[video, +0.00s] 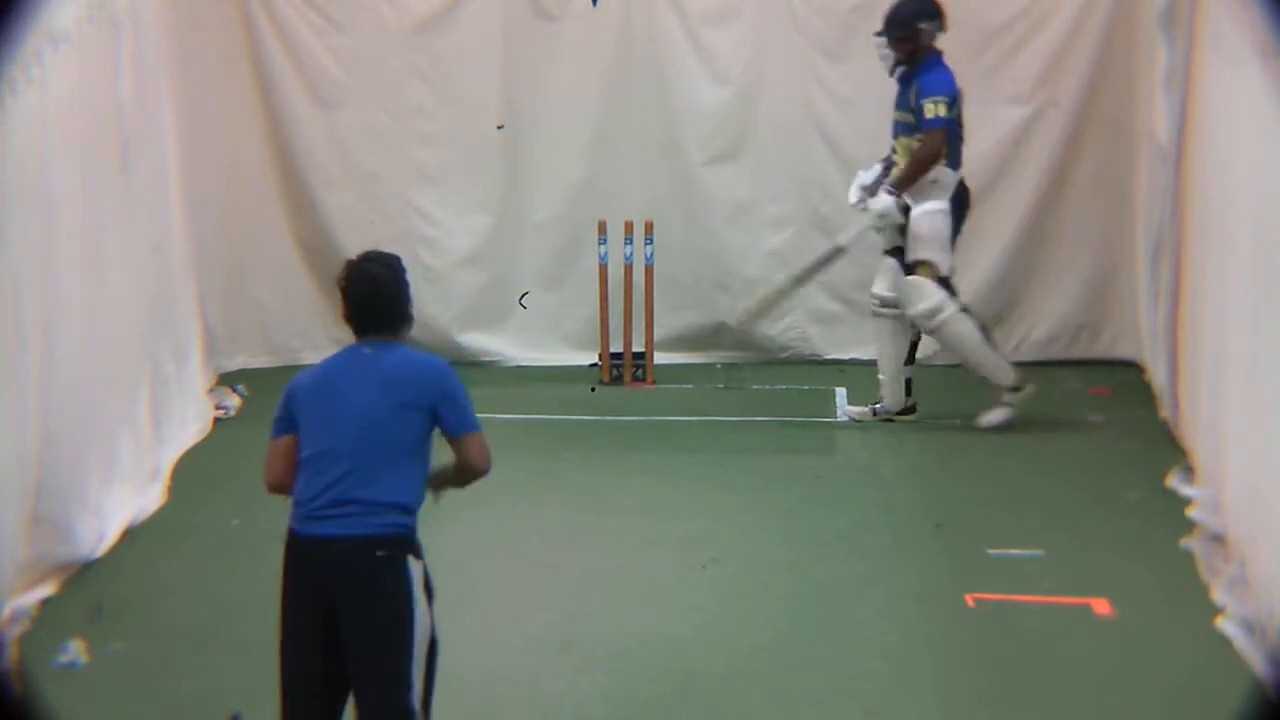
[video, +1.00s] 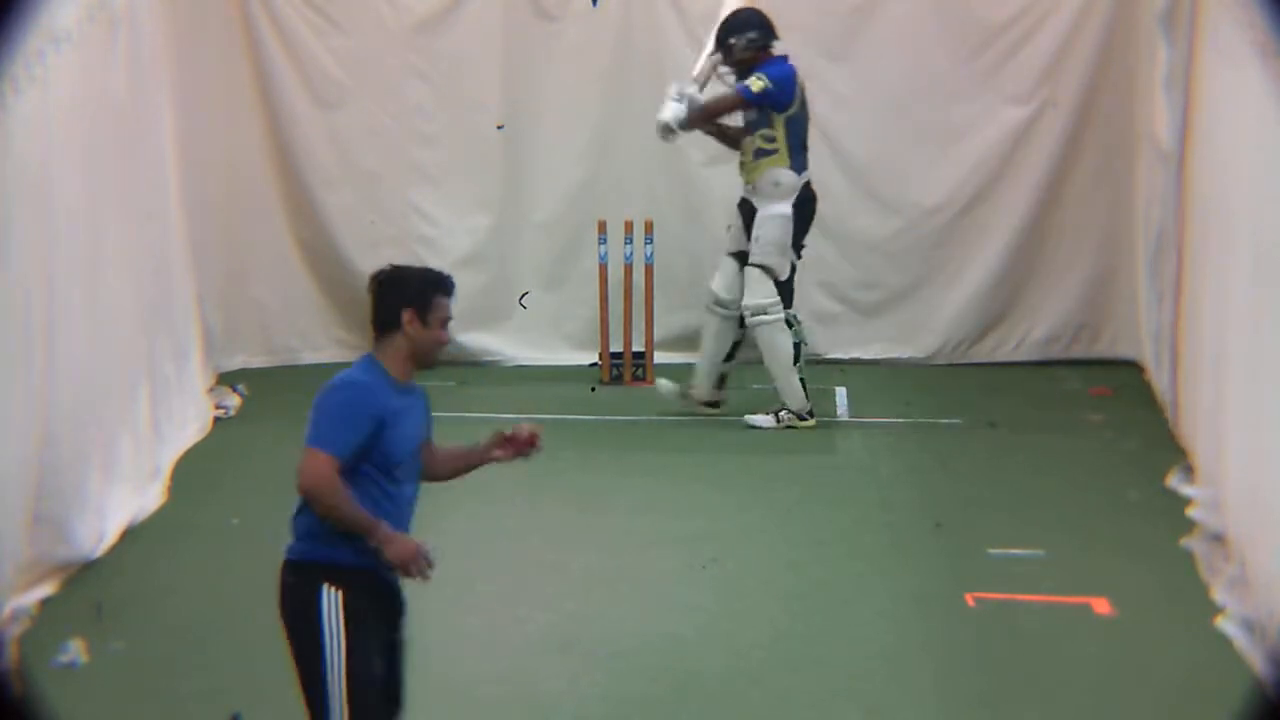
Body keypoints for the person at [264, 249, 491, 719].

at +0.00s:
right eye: (406, 298)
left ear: (346, 311)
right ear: (407, 310)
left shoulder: (308, 381)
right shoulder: (431, 373)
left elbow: (278, 477)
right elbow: (476, 461)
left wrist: (338, 473)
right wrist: (435, 478)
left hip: (310, 565)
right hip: (383, 565)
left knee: (307, 703)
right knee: (391, 704)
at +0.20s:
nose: (406, 324)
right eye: (404, 317)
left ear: (344, 331)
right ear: (403, 327)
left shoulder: (305, 389)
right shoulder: (424, 384)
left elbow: (289, 462)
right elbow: (463, 470)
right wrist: (419, 439)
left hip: (280, 550)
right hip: (352, 550)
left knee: (287, 685)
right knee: (365, 688)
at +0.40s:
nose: (416, 333)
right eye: (415, 324)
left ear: (350, 338)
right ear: (409, 334)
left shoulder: (308, 393)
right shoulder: (427, 394)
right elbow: (430, 499)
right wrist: (392, 540)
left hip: (273, 547)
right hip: (341, 551)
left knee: (280, 693)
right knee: (330, 699)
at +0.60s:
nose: (435, 331)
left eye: (431, 321)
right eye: (432, 322)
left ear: (370, 335)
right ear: (423, 331)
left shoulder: (331, 389)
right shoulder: (424, 385)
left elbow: (330, 475)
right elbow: (428, 479)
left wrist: (380, 543)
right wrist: (388, 531)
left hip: (273, 543)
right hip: (331, 549)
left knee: (284, 693)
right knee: (319, 698)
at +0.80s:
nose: (448, 322)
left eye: (444, 311)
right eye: (444, 312)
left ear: (387, 324)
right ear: (431, 321)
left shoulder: (382, 377)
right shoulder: (395, 383)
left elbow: (386, 479)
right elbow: (376, 474)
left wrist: (447, 510)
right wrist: (423, 515)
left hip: (311, 560)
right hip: (312, 562)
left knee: (327, 704)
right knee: (320, 708)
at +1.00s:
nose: (448, 335)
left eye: (448, 324)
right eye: (443, 323)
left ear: (412, 323)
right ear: (409, 322)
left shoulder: (411, 396)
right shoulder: (353, 391)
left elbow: (422, 463)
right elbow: (314, 478)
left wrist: (487, 453)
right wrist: (385, 537)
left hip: (373, 581)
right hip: (329, 583)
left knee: (382, 707)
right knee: (345, 712)